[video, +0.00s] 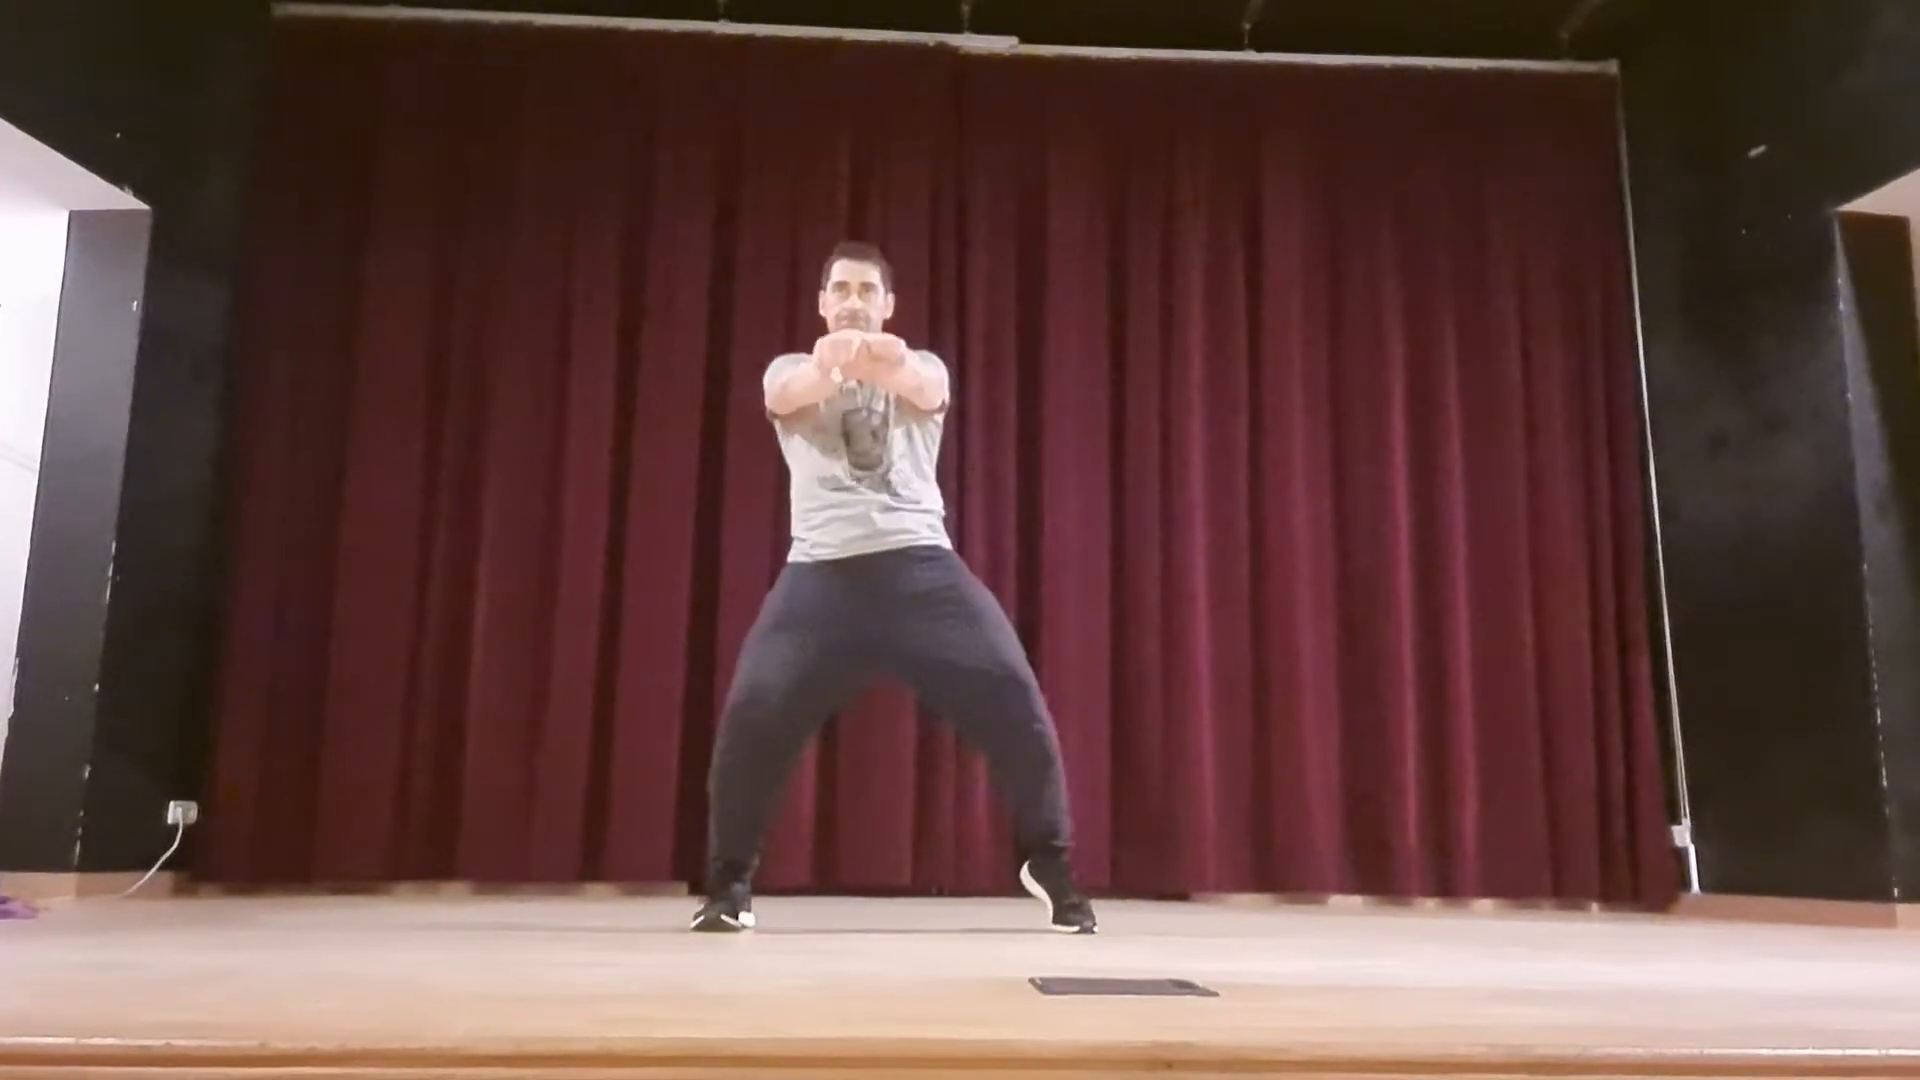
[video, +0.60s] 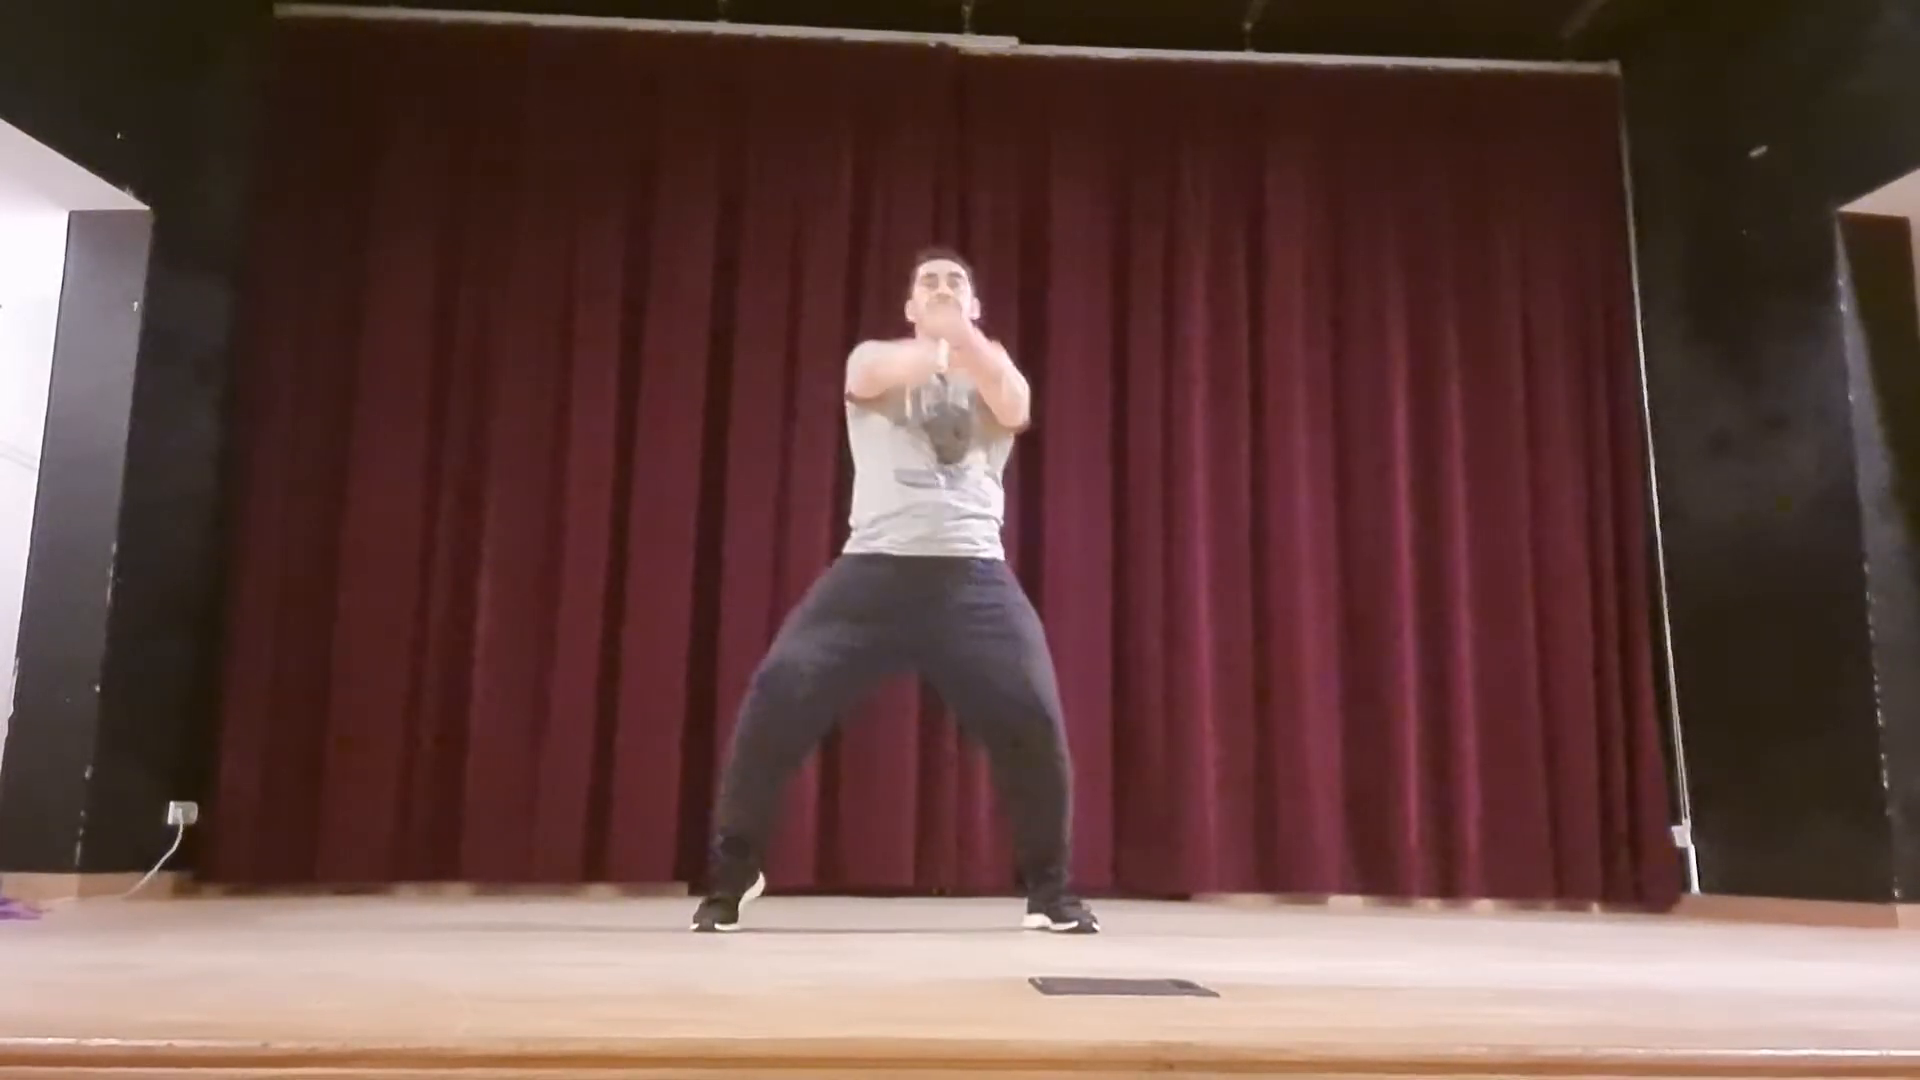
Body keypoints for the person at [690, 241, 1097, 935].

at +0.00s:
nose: (852, 302)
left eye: (866, 291)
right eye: (841, 290)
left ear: (889, 303)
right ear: (820, 301)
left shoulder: (921, 366)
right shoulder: (792, 368)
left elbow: (929, 393)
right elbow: (782, 399)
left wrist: (882, 364)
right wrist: (830, 373)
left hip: (922, 568)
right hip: (819, 575)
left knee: (1016, 700)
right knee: (755, 709)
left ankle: (1048, 861)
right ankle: (728, 887)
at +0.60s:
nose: (940, 292)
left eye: (953, 285)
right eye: (928, 284)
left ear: (975, 306)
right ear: (909, 303)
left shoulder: (997, 371)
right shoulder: (876, 357)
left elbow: (1013, 412)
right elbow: (868, 380)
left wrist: (964, 336)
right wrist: (937, 351)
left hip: (973, 580)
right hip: (870, 575)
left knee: (1031, 712)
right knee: (781, 686)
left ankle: (1050, 891)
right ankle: (734, 867)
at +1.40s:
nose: (852, 285)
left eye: (865, 279)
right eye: (840, 278)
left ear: (887, 306)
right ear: (817, 304)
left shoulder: (916, 360)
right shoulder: (788, 368)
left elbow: (922, 387)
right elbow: (784, 401)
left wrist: (874, 363)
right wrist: (839, 359)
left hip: (920, 567)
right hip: (818, 574)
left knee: (1012, 709)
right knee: (755, 706)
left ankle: (1044, 866)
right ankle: (734, 886)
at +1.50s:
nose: (848, 285)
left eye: (861, 277)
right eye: (836, 276)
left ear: (883, 302)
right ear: (814, 300)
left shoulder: (913, 356)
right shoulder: (785, 366)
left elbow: (920, 384)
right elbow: (777, 397)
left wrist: (864, 351)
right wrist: (818, 361)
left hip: (920, 567)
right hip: (817, 573)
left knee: (1011, 704)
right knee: (754, 704)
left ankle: (1045, 864)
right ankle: (735, 884)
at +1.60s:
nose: (851, 286)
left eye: (865, 279)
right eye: (839, 277)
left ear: (887, 305)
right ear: (817, 301)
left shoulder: (917, 358)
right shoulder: (787, 366)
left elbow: (923, 384)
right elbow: (780, 396)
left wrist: (869, 350)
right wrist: (817, 360)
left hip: (922, 569)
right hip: (819, 574)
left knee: (1009, 702)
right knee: (754, 703)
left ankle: (1045, 867)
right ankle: (734, 886)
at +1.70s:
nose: (864, 293)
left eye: (877, 285)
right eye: (853, 283)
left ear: (899, 311)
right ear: (831, 305)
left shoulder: (927, 368)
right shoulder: (802, 369)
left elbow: (933, 397)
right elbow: (790, 407)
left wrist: (873, 368)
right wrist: (828, 377)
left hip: (924, 571)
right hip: (822, 575)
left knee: (1007, 704)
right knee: (758, 706)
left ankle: (1043, 875)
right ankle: (734, 887)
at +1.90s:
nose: (914, 288)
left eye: (926, 279)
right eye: (902, 280)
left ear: (947, 295)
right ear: (878, 295)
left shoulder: (970, 359)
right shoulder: (851, 351)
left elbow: (983, 393)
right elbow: (836, 365)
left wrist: (947, 320)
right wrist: (906, 315)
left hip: (950, 576)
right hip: (849, 571)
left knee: (1017, 720)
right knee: (768, 695)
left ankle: (1042, 890)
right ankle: (734, 878)